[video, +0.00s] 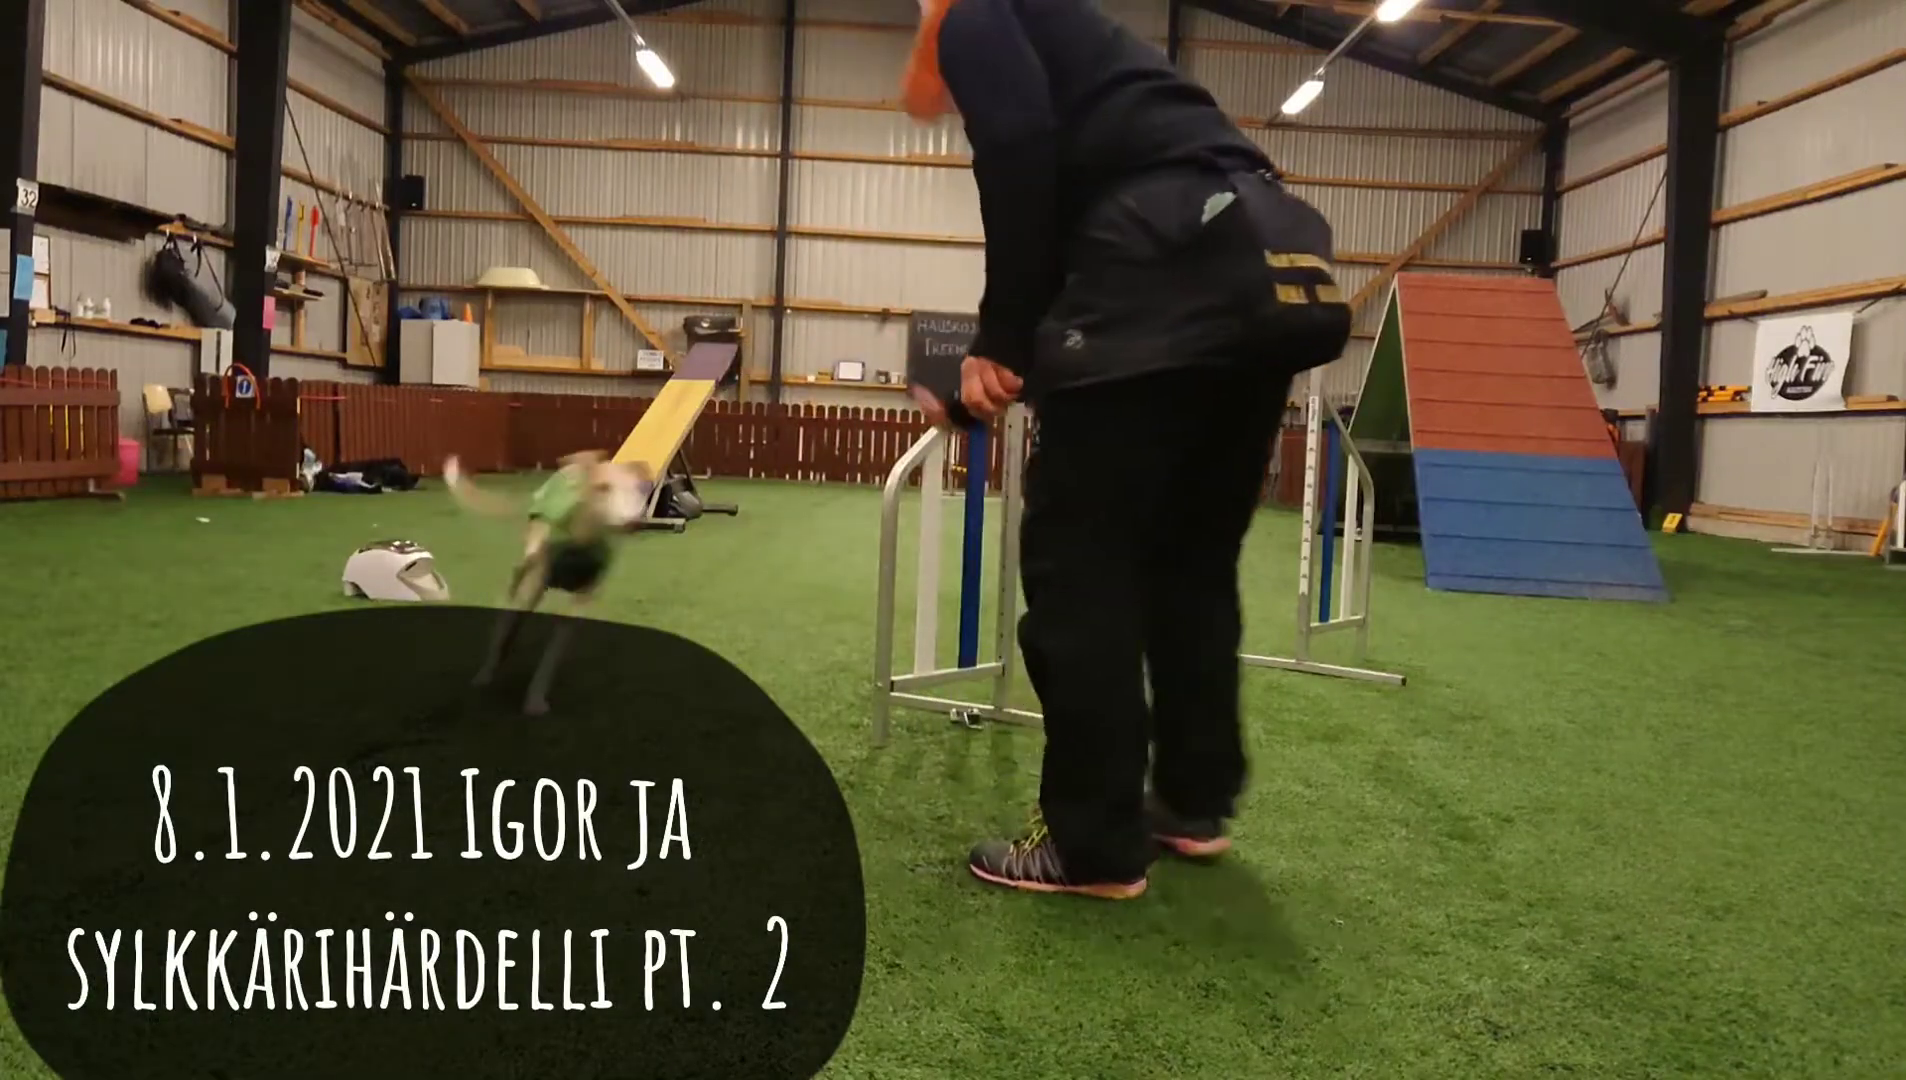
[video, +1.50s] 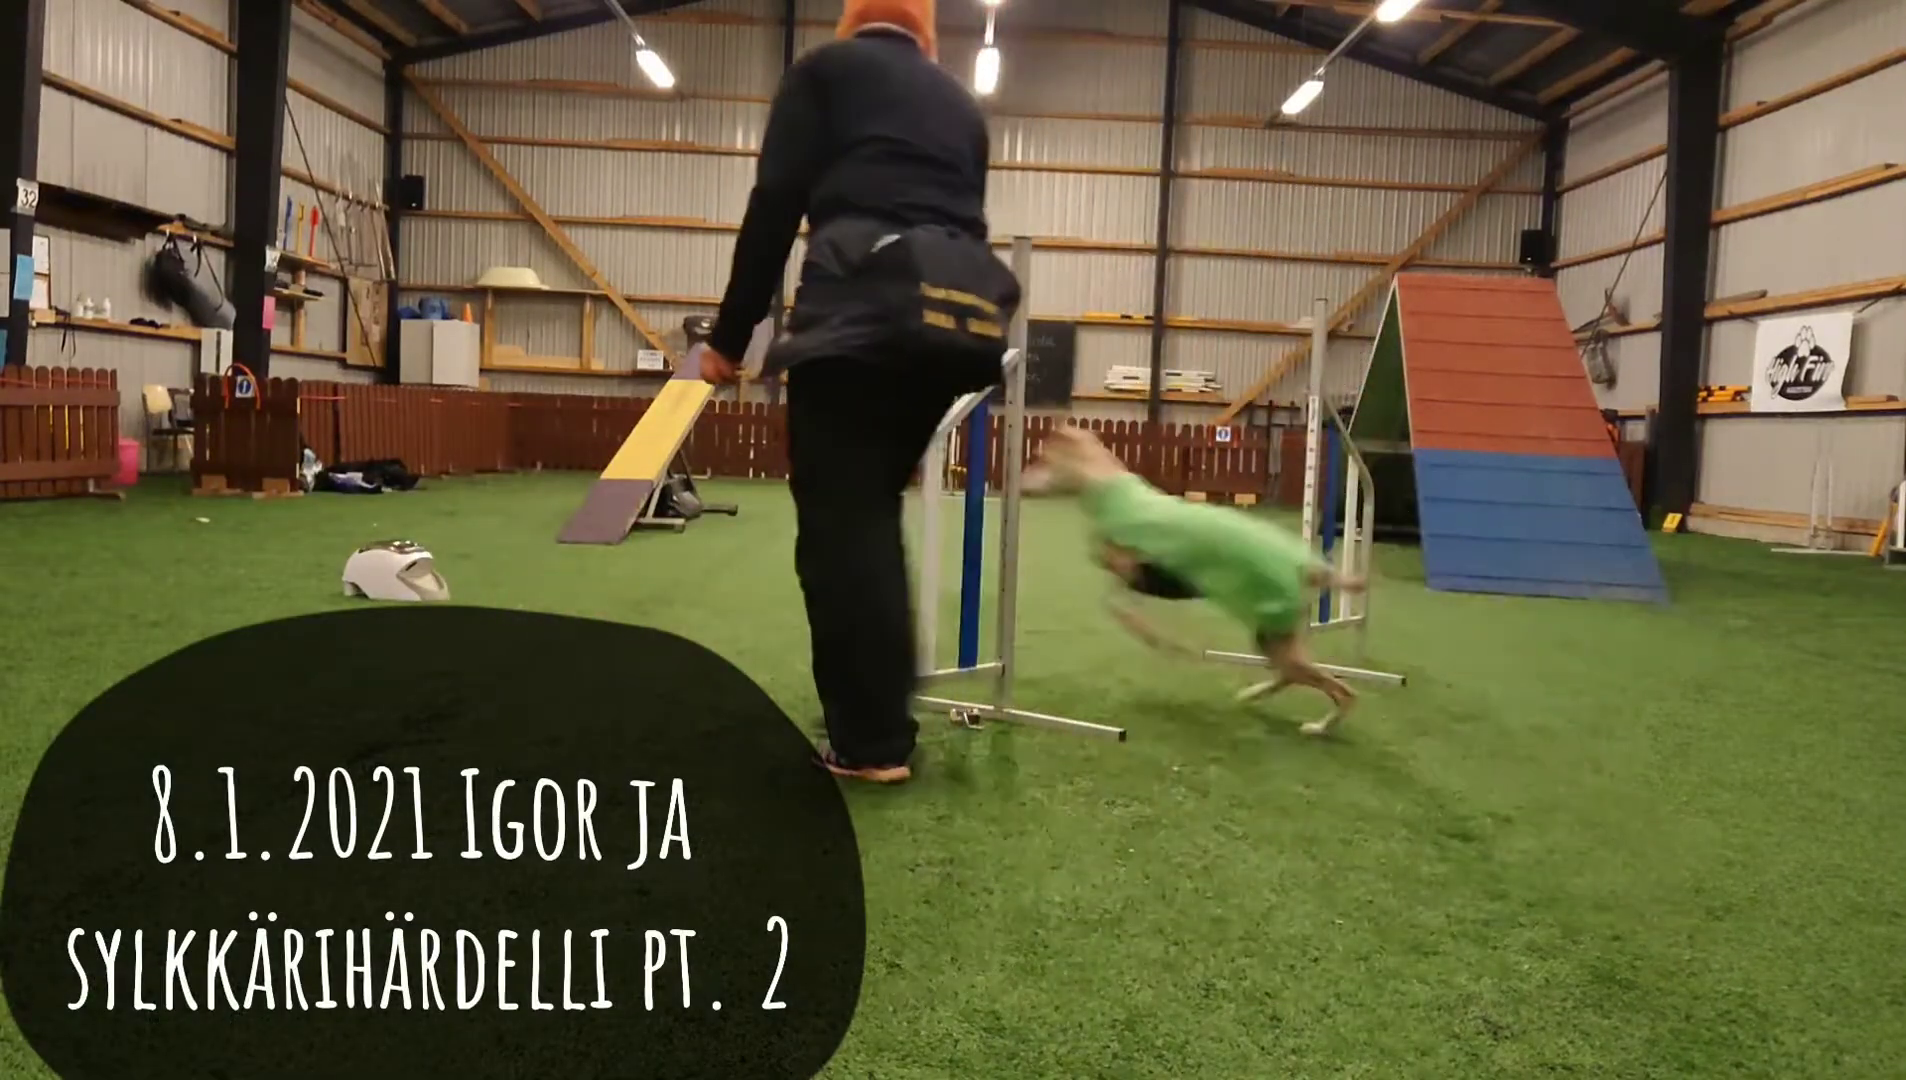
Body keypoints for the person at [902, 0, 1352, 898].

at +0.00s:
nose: (933, 97)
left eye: (931, 58)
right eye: (927, 82)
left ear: (942, 12)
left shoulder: (973, 17)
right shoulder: (1092, 40)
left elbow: (1020, 148)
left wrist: (1002, 339)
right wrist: (980, 374)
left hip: (1146, 302)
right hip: (1260, 291)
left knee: (1075, 569)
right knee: (1194, 557)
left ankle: (1094, 846)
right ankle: (1195, 807)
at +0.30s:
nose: (993, 143)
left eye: (990, 109)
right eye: (989, 127)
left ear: (1015, 36)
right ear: (1089, 27)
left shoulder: (1028, 51)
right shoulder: (1166, 81)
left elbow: (1056, 163)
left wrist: (1037, 349)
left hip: (1198, 297)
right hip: (1334, 296)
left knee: (1135, 588)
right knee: (1293, 581)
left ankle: (1104, 847)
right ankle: (1271, 828)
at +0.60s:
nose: (1031, 76)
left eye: (1034, 59)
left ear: (1058, 38)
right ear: (1133, 33)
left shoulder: (1063, 61)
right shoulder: (1200, 86)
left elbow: (1082, 167)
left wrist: (1051, 340)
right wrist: (1350, 356)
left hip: (1202, 303)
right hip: (1334, 304)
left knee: (1138, 571)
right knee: (1294, 574)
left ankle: (1109, 834)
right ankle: (1271, 828)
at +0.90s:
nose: (1013, 46)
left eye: (1017, 36)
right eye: (1019, 40)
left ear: (1040, 30)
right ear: (1115, 36)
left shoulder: (1031, 69)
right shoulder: (1162, 90)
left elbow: (1017, 193)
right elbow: (1198, 224)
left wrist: (971, 350)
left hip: (1112, 322)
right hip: (1240, 327)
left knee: (1020, 556)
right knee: (1245, 582)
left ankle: (937, 757)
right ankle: (1269, 821)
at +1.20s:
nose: (908, 34)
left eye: (911, 25)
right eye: (1019, 34)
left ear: (926, 27)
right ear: (1005, 36)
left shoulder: (897, 77)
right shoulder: (1040, 94)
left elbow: (856, 211)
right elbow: (1045, 217)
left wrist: (806, 352)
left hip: (938, 324)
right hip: (1063, 326)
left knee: (885, 533)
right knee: (1075, 540)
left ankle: (873, 745)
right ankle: (1183, 709)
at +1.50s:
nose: (837, 31)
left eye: (839, 23)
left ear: (851, 25)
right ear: (925, 39)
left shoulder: (823, 68)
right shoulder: (962, 104)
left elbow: (775, 204)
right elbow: (963, 227)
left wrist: (729, 338)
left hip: (855, 315)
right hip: (963, 327)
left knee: (839, 522)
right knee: (870, 503)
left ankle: (873, 743)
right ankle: (884, 710)